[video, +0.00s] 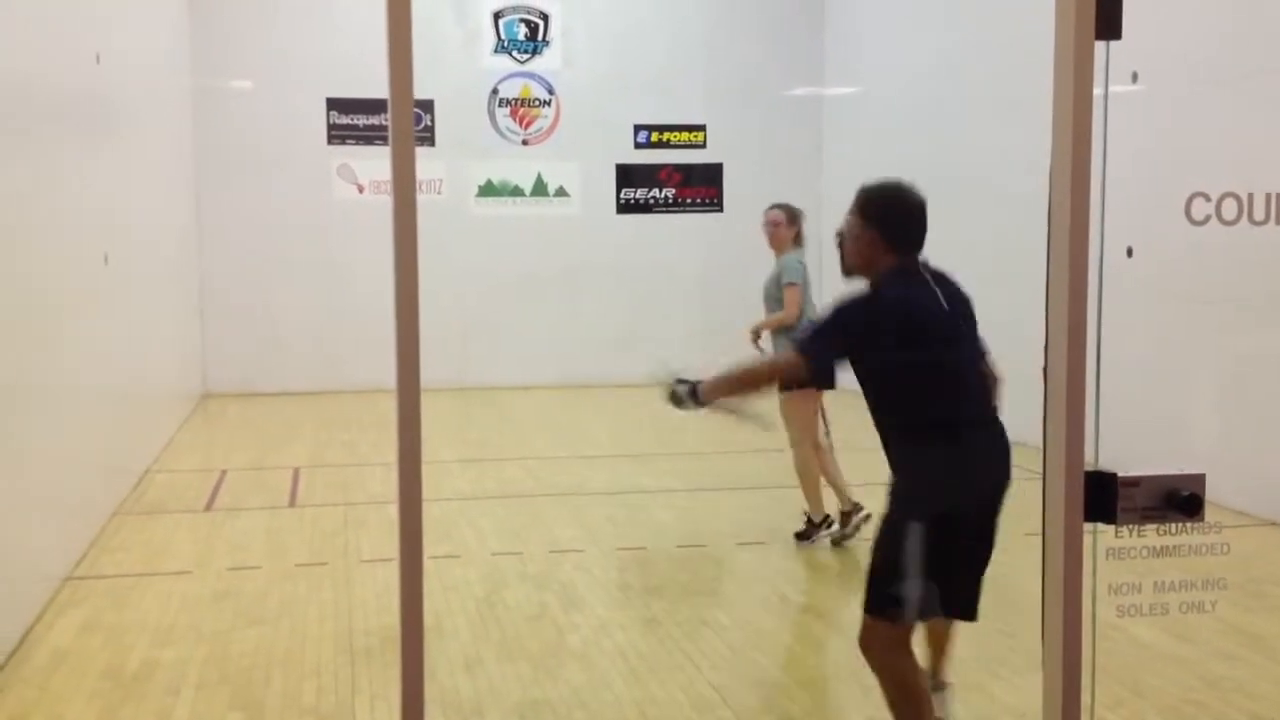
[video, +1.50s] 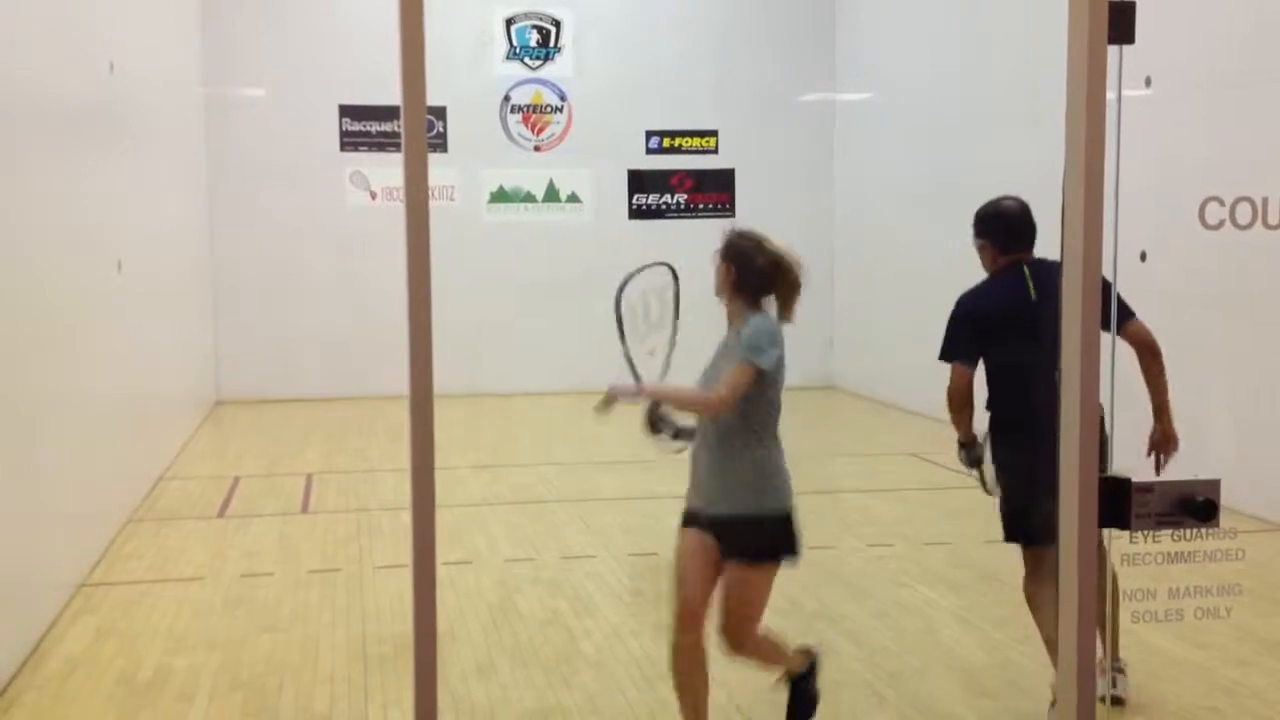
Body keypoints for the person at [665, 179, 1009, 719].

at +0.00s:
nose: (839, 235)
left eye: (850, 226)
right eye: (845, 224)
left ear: (879, 239)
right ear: (903, 239)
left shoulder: (863, 310)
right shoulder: (945, 291)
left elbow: (783, 369)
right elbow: (986, 377)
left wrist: (700, 391)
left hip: (929, 480)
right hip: (986, 466)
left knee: (882, 639)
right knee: (945, 586)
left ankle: (924, 711)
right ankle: (936, 681)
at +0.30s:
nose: (858, 255)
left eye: (860, 246)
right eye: (862, 245)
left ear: (868, 253)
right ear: (928, 257)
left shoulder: (848, 319)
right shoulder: (969, 324)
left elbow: (737, 377)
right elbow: (1034, 423)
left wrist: (705, 432)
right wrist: (1070, 525)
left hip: (888, 510)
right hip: (962, 504)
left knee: (870, 670)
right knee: (925, 616)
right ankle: (929, 717)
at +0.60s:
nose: (871, 261)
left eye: (872, 255)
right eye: (876, 253)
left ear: (878, 263)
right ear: (937, 260)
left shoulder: (856, 331)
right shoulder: (985, 315)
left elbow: (804, 422)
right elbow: (1063, 385)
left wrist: (836, 465)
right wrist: (1121, 458)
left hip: (908, 505)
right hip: (986, 499)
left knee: (904, 654)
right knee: (967, 630)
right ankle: (962, 719)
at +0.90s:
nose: (913, 261)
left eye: (913, 254)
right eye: (917, 253)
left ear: (920, 260)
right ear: (972, 252)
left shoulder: (907, 327)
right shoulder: (1023, 294)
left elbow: (895, 428)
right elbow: (1120, 340)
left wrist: (936, 448)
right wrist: (1188, 402)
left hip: (952, 490)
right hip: (1019, 487)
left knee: (951, 605)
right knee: (988, 634)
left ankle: (922, 709)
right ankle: (966, 719)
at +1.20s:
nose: (961, 278)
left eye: (961, 272)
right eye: (962, 271)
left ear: (967, 276)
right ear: (1017, 266)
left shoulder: (958, 337)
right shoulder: (1063, 307)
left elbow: (942, 434)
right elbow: (1146, 363)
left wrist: (976, 467)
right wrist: (1138, 405)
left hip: (1003, 486)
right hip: (1065, 481)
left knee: (1039, 606)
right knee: (1051, 619)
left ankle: (1077, 707)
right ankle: (1010, 707)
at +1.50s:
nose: (977, 253)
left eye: (978, 245)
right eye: (977, 245)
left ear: (987, 247)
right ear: (1032, 241)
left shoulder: (977, 303)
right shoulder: (1079, 279)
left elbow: (959, 388)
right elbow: (1145, 342)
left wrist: (966, 437)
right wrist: (1163, 419)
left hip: (1023, 451)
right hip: (1085, 444)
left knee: (1040, 565)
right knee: (1093, 549)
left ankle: (1069, 683)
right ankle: (1114, 666)